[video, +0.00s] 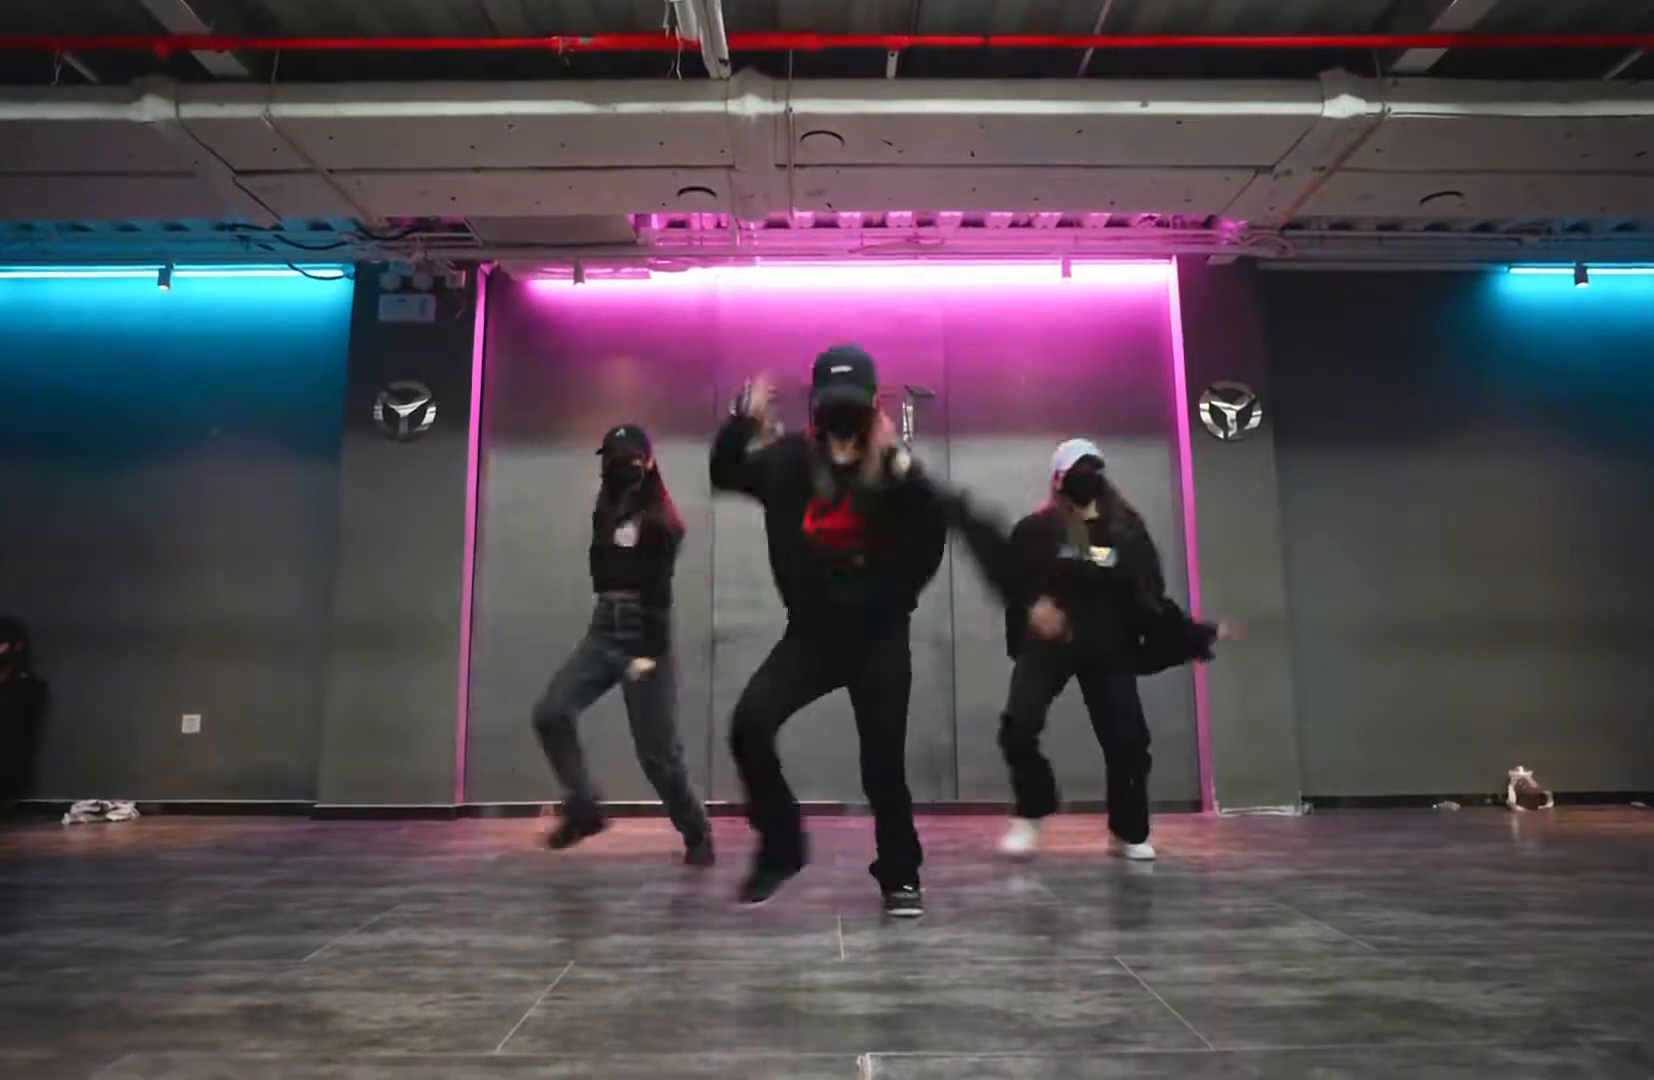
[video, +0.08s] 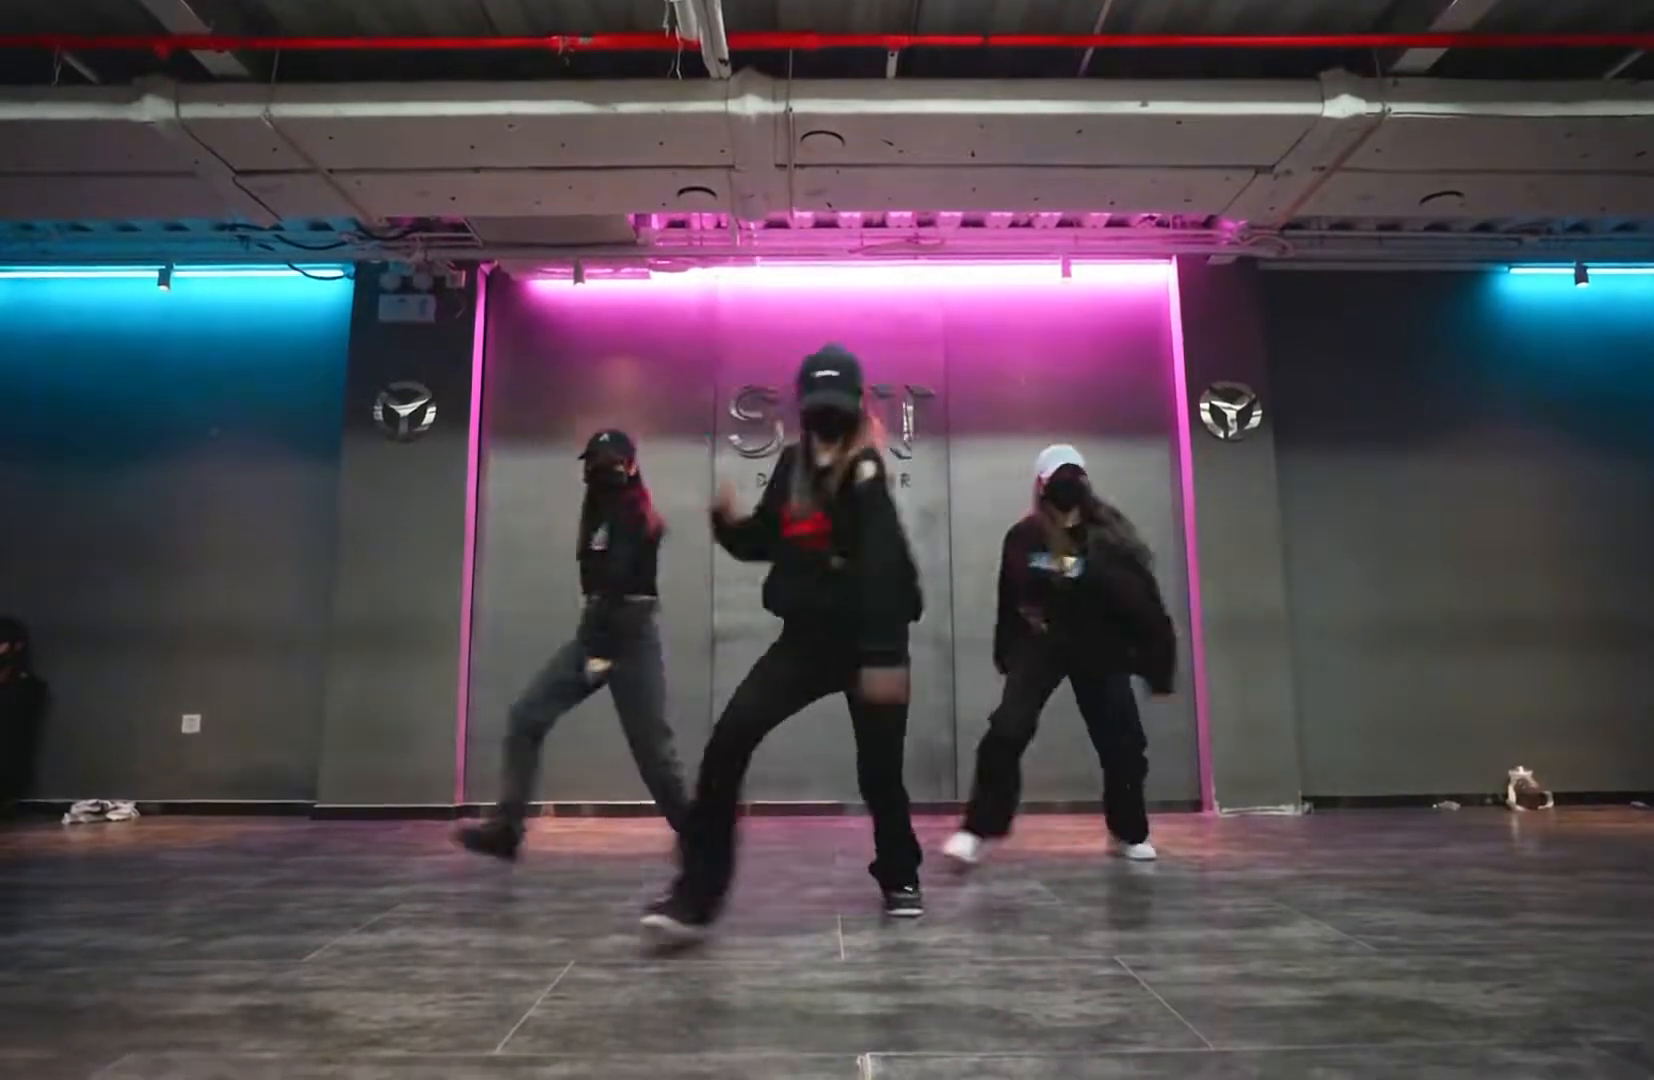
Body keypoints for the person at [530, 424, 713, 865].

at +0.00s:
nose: (623, 470)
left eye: (631, 461)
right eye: (615, 462)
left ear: (648, 463)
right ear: (605, 465)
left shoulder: (660, 518)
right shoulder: (605, 511)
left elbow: (658, 587)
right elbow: (604, 570)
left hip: (644, 639)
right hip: (605, 634)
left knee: (658, 755)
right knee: (551, 715)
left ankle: (697, 838)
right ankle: (582, 807)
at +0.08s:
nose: (602, 474)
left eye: (611, 466)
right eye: (596, 466)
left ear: (628, 467)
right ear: (589, 468)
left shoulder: (636, 511)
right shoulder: (597, 507)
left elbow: (629, 584)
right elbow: (599, 578)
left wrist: (606, 652)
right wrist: (594, 645)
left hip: (633, 637)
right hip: (596, 634)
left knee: (654, 752)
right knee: (527, 718)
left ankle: (699, 849)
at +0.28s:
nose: (549, 484)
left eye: (560, 476)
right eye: (544, 474)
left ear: (581, 477)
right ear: (537, 474)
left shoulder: (604, 523)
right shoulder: (523, 522)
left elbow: (632, 581)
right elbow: (528, 585)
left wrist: (606, 629)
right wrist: (554, 617)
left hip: (596, 660)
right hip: (542, 655)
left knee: (623, 758)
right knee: (482, 741)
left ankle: (683, 834)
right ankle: (460, 851)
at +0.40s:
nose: (542, 475)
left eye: (553, 466)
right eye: (537, 465)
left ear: (576, 470)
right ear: (531, 467)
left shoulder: (597, 524)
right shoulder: (513, 518)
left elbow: (615, 587)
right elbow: (473, 578)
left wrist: (625, 640)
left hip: (586, 644)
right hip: (526, 643)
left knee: (624, 725)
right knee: (475, 740)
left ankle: (635, 838)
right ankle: (458, 846)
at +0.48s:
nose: (552, 467)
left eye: (562, 458)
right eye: (544, 458)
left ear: (579, 460)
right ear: (533, 460)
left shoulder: (597, 516)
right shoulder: (516, 513)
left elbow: (606, 585)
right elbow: (504, 585)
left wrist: (612, 628)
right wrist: (513, 653)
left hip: (579, 637)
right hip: (519, 636)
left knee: (614, 724)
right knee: (469, 737)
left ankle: (618, 847)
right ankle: (452, 836)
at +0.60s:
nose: (561, 454)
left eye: (568, 444)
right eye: (551, 445)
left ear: (583, 444)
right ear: (537, 447)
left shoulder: (606, 503)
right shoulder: (520, 496)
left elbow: (616, 578)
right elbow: (515, 570)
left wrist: (618, 640)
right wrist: (544, 616)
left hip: (586, 619)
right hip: (527, 615)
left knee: (595, 723)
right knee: (459, 720)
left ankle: (614, 842)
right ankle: (447, 822)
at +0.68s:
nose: (556, 450)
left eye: (564, 439)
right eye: (547, 441)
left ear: (580, 434)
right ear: (534, 439)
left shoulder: (603, 497)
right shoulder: (517, 483)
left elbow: (617, 568)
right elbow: (480, 540)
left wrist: (619, 626)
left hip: (581, 621)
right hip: (523, 616)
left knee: (587, 721)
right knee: (459, 706)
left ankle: (615, 841)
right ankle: (440, 819)